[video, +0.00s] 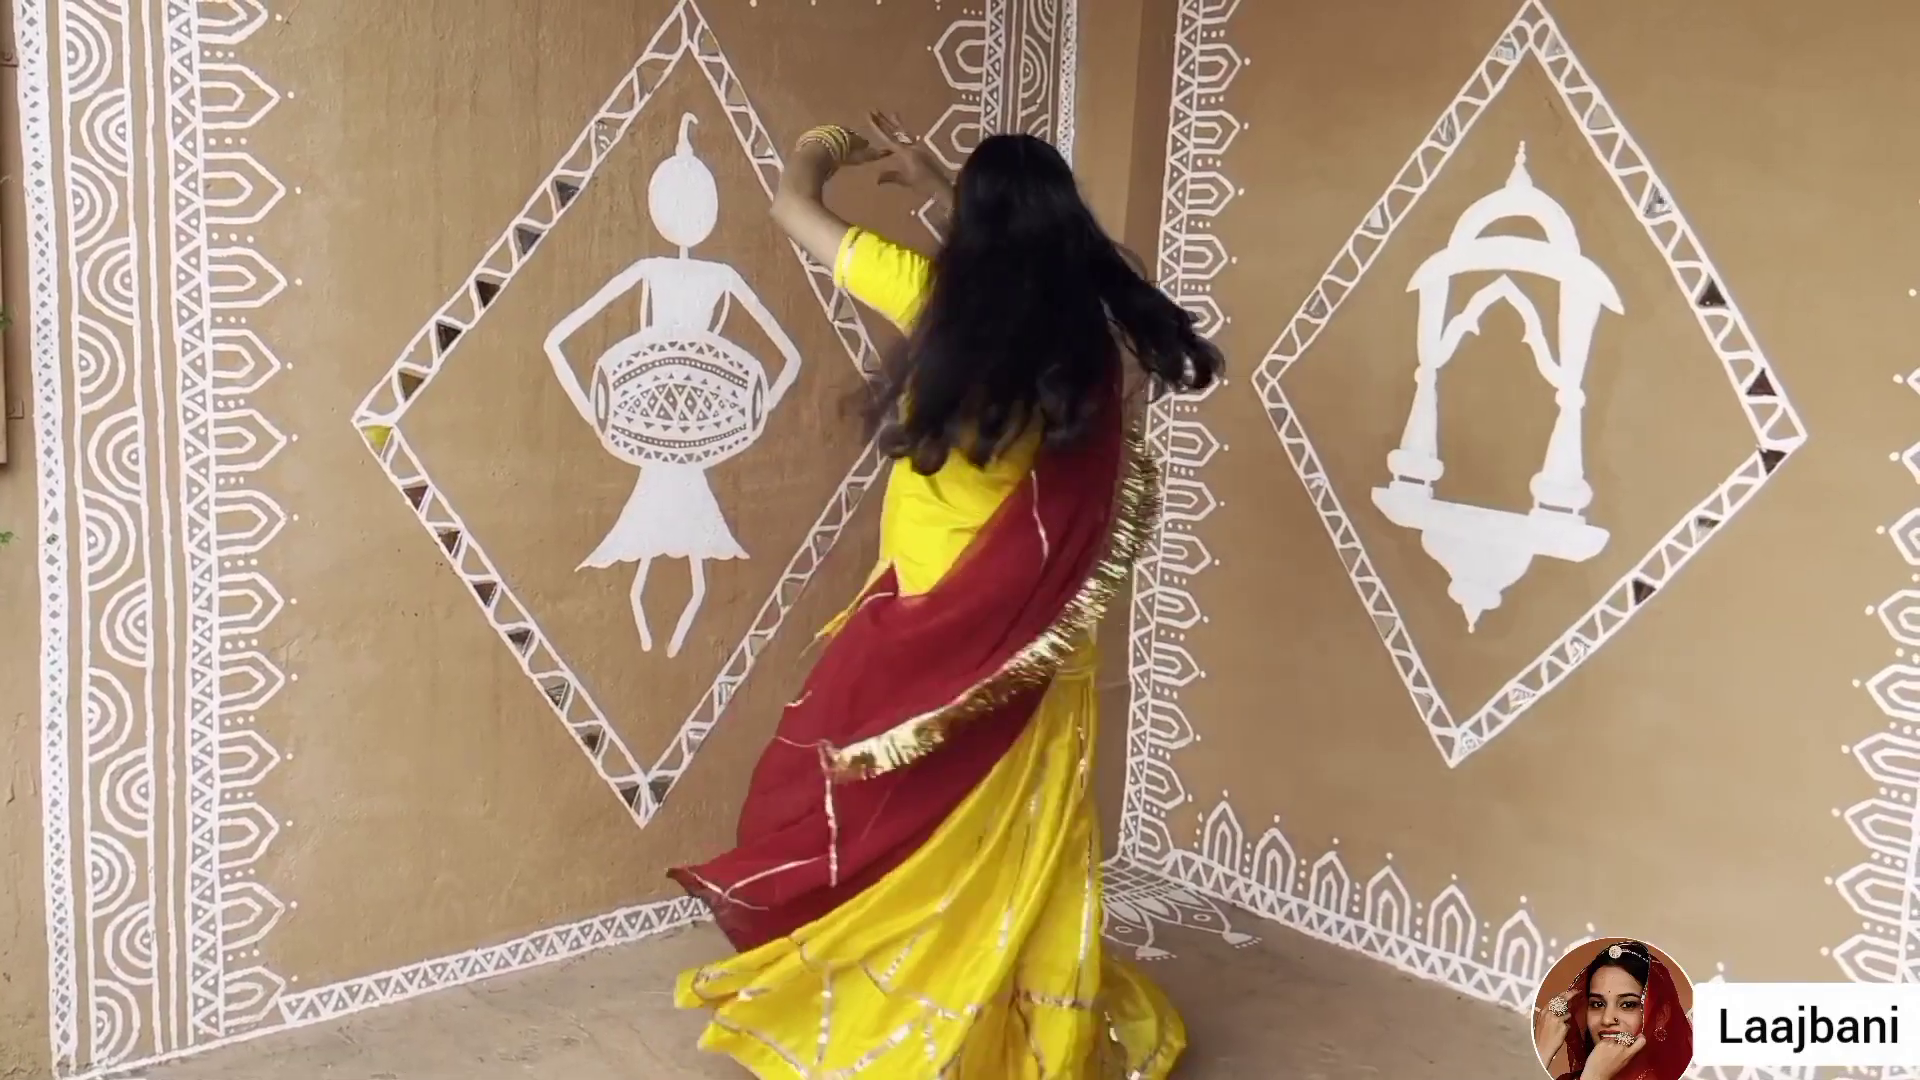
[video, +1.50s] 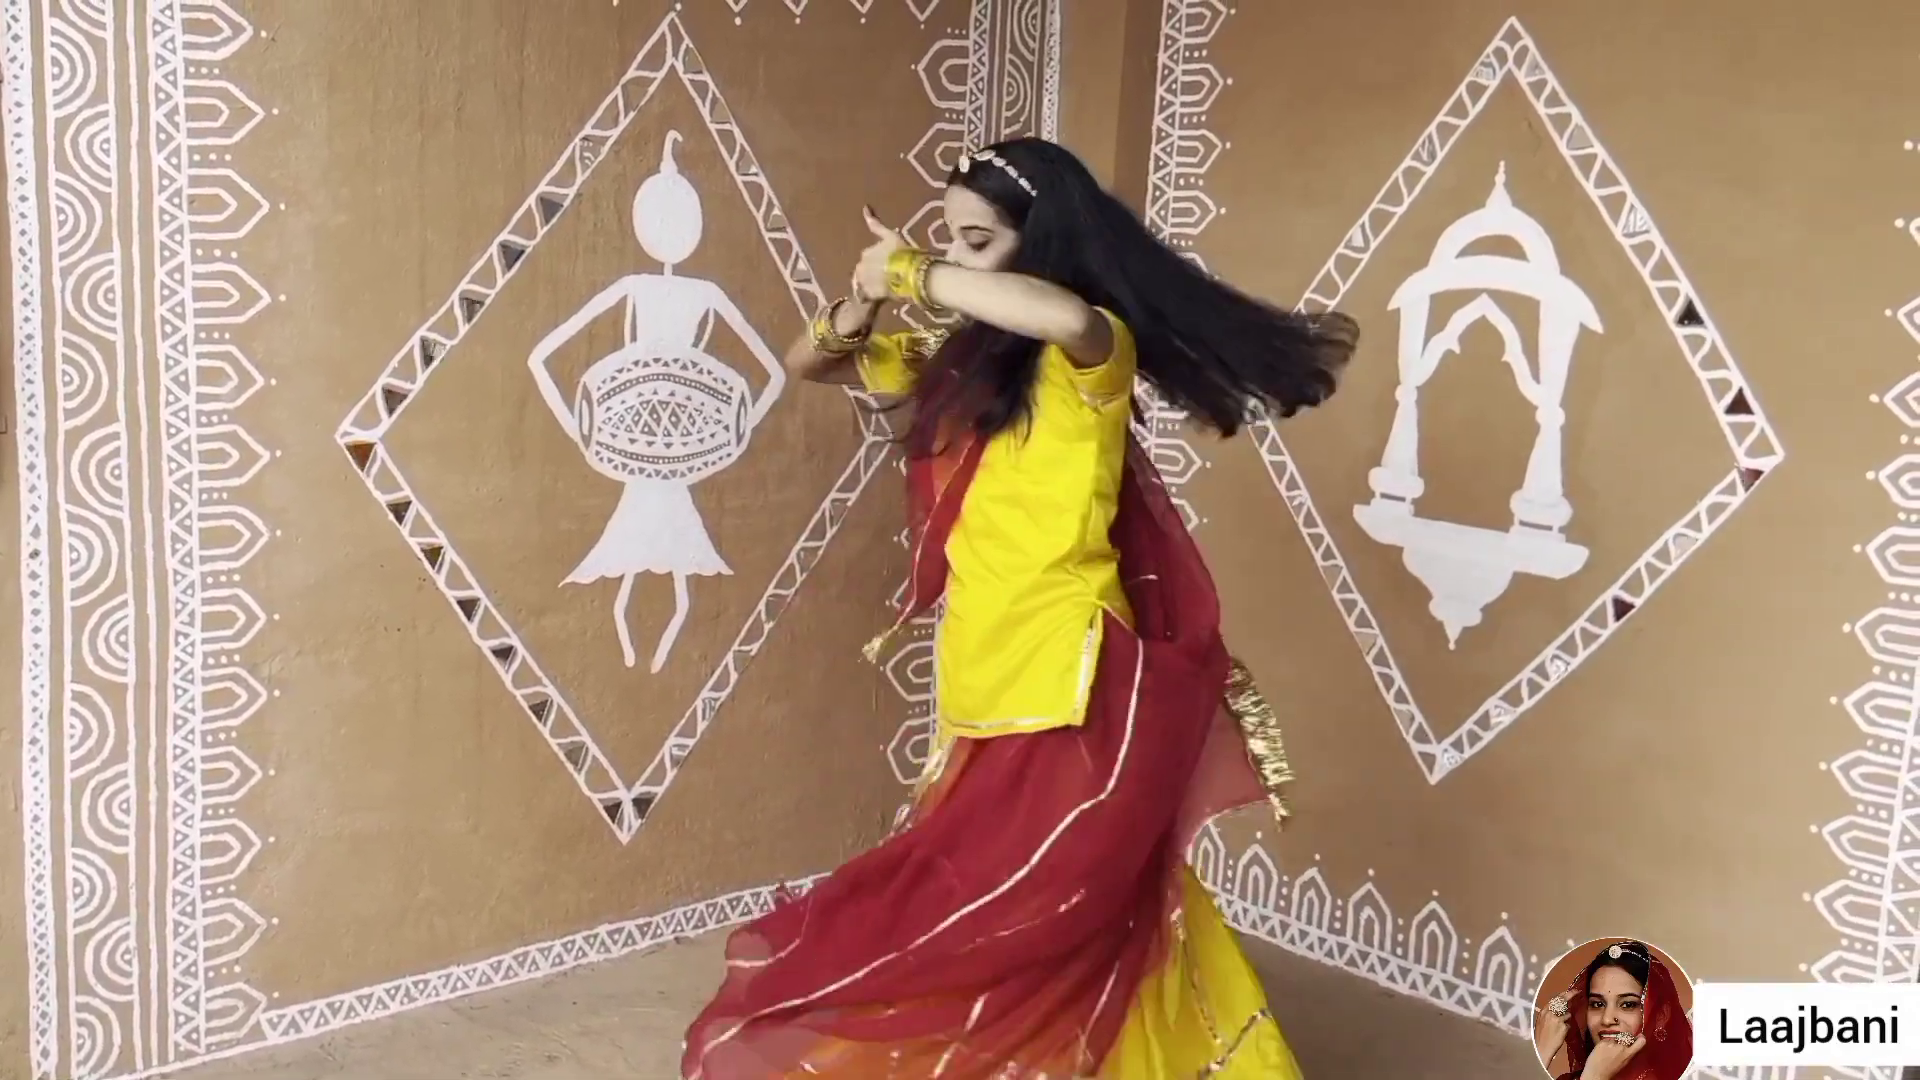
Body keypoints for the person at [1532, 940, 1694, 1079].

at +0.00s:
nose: (1608, 1019)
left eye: (1627, 1005)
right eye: (1597, 1004)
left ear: (1657, 1013)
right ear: (1585, 1012)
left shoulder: (1666, 1075)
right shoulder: (1567, 1078)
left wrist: (1595, 1075)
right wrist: (1538, 1056)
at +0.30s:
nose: (1608, 1019)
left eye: (1627, 1005)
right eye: (1597, 1004)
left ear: (1658, 1013)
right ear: (1585, 1012)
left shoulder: (1669, 1075)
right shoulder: (1567, 1077)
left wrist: (1595, 1075)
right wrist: (1538, 1056)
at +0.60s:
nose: (1608, 1019)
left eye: (1627, 1005)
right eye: (1597, 1004)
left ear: (1658, 1013)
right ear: (1584, 1012)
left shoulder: (1665, 1076)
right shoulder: (1566, 1078)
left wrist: (1595, 1076)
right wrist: (1538, 1057)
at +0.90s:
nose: (1608, 1019)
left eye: (1627, 1005)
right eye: (1597, 1004)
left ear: (1658, 1013)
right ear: (1584, 1012)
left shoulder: (1667, 1076)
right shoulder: (1566, 1078)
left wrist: (1595, 1076)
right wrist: (1538, 1056)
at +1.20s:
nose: (1608, 1019)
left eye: (1627, 1005)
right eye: (1597, 1004)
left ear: (1658, 1013)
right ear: (1584, 1012)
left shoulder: (1672, 1075)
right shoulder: (1567, 1078)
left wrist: (1595, 1075)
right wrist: (1539, 1055)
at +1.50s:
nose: (1608, 1019)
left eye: (1627, 1005)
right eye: (1597, 1004)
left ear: (1658, 1013)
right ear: (1584, 1012)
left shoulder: (1667, 1076)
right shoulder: (1567, 1078)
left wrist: (1595, 1076)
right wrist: (1539, 1056)